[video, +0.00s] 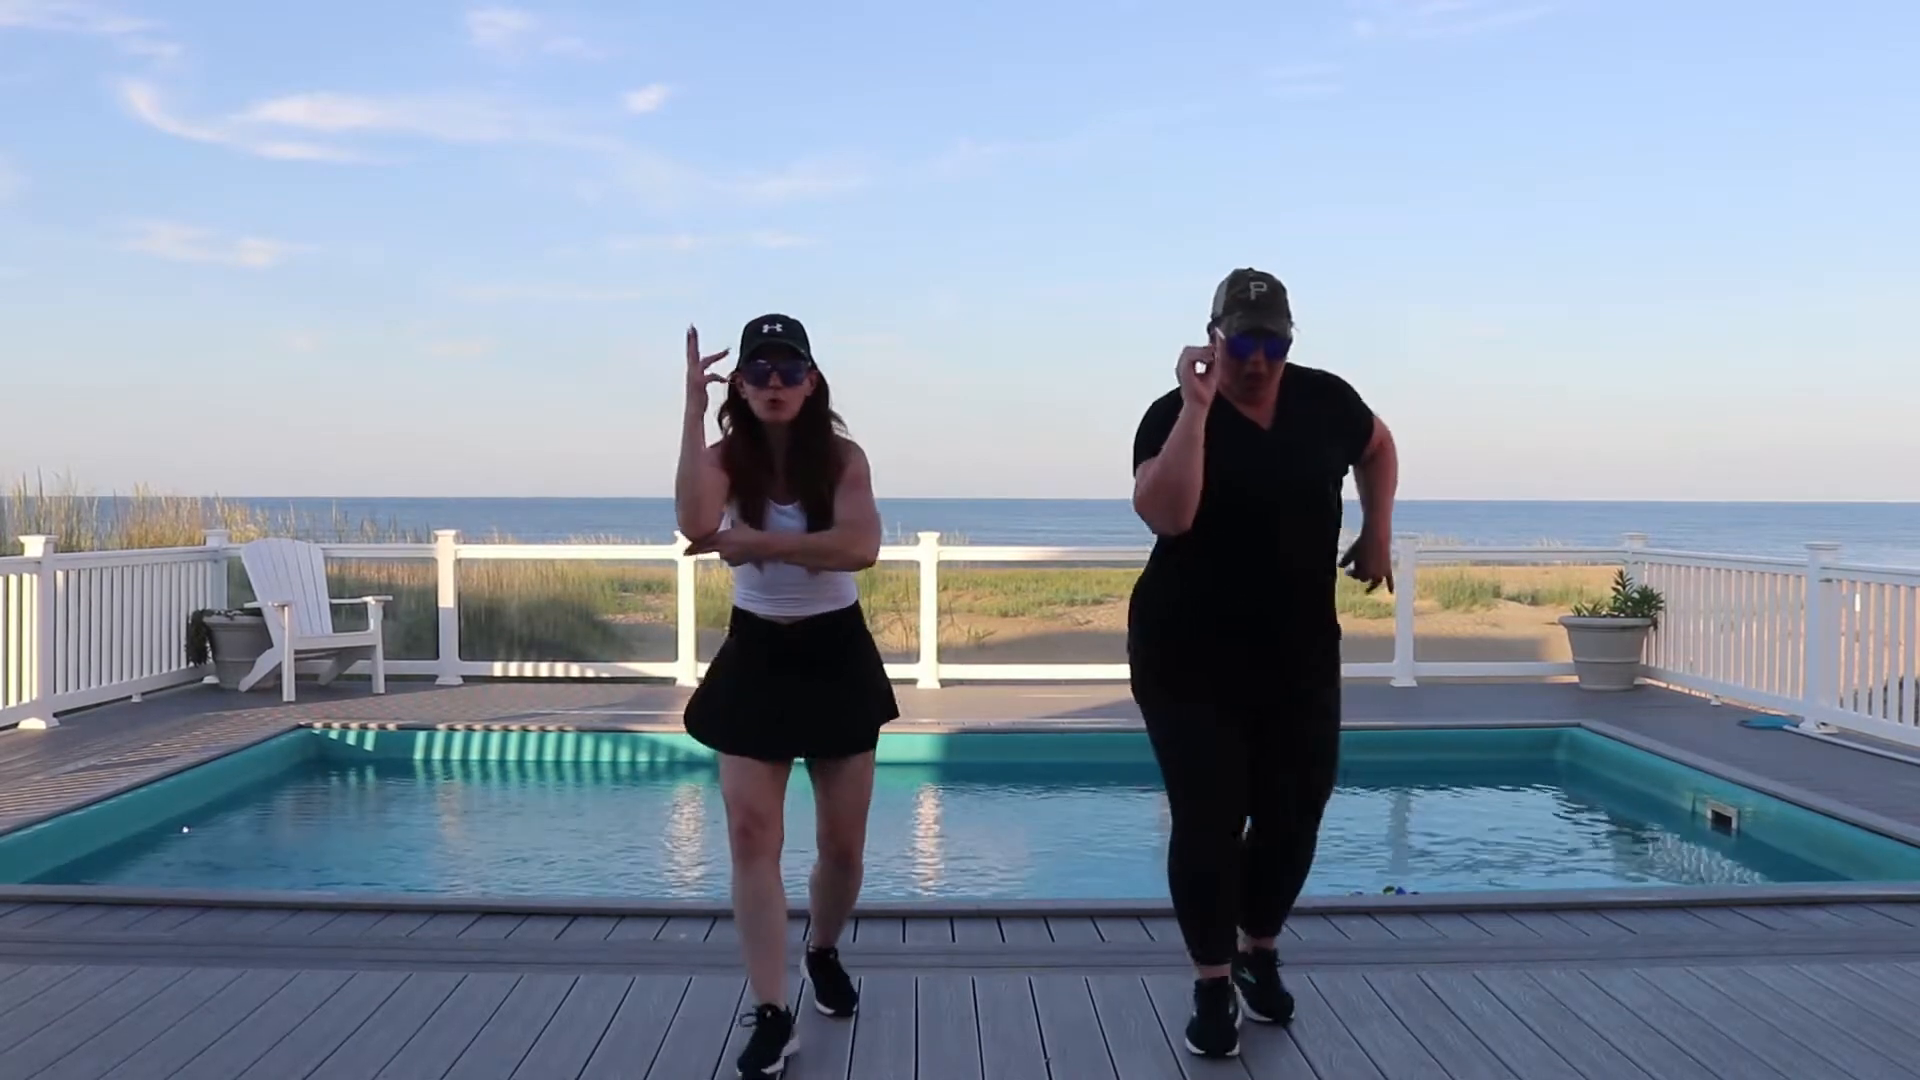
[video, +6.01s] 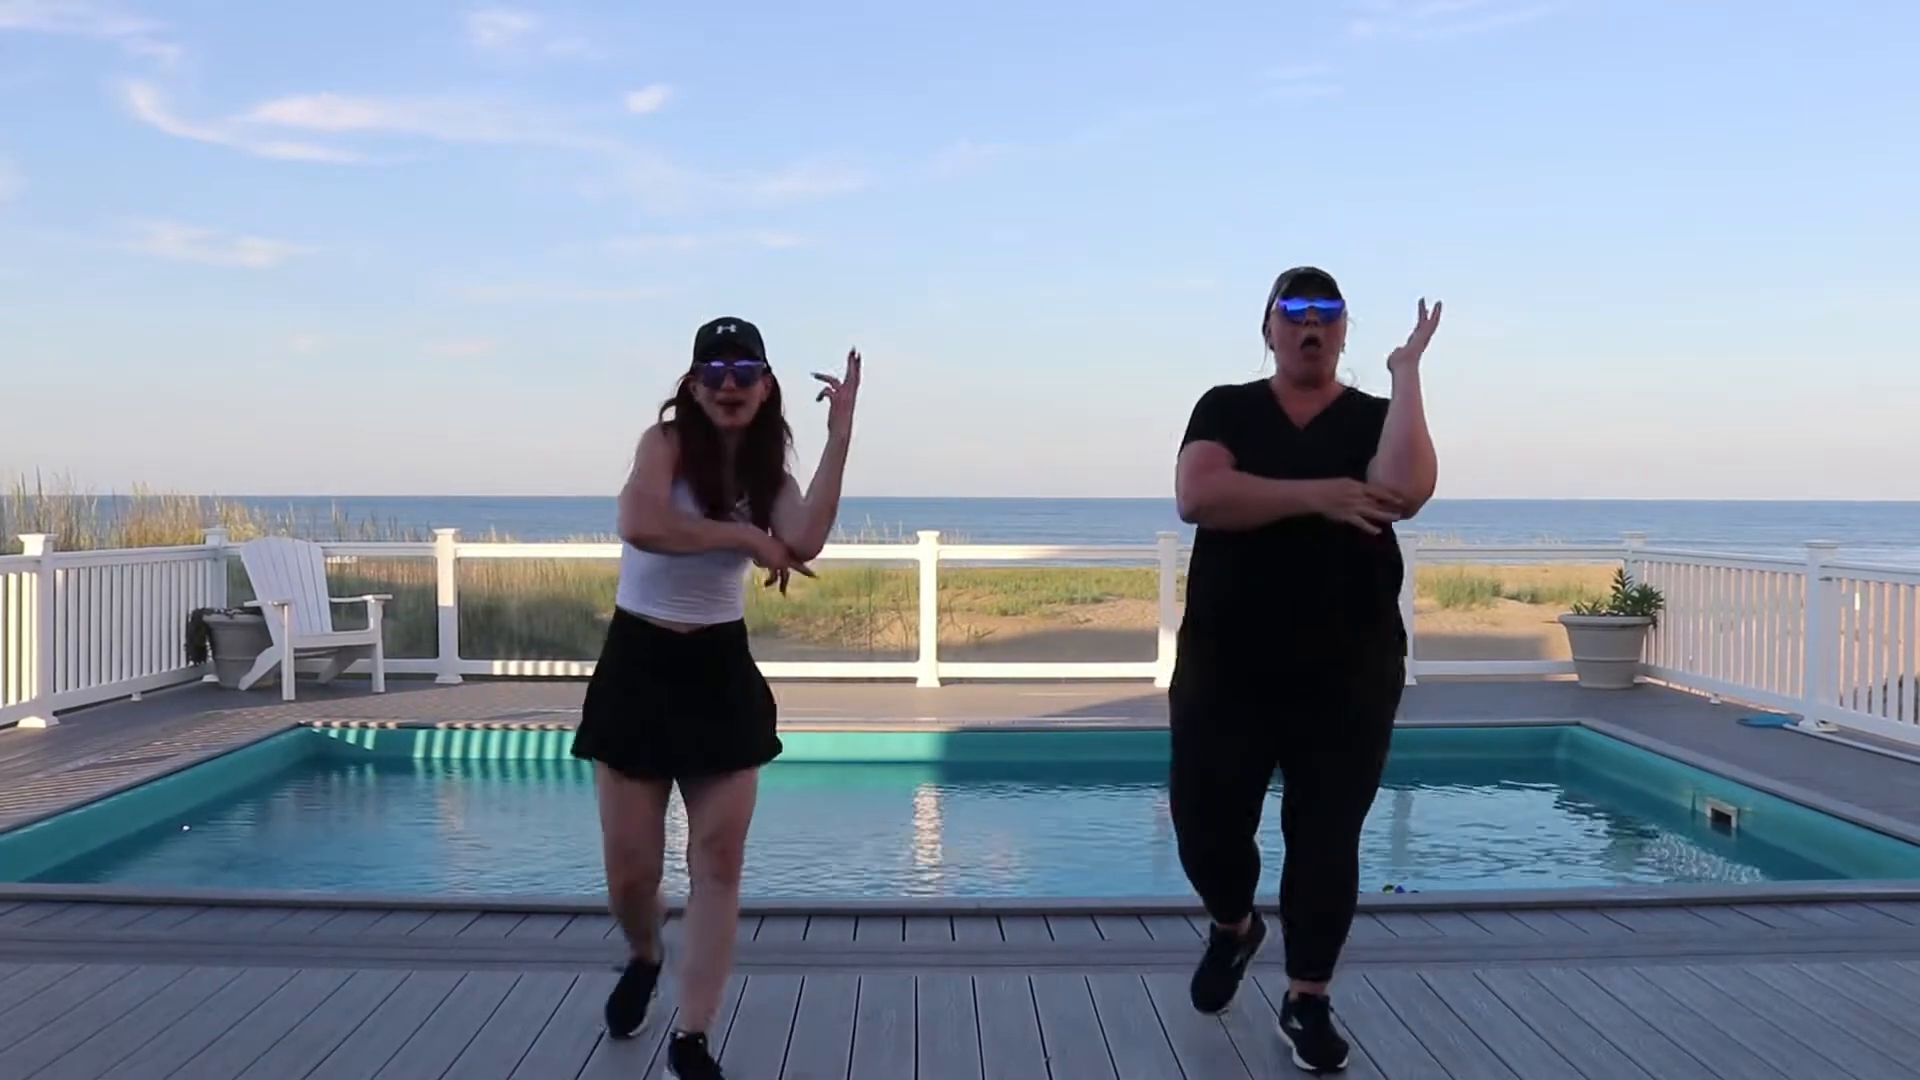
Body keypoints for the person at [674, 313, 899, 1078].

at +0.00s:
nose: (775, 383)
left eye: (789, 369)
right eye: (760, 370)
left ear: (812, 378)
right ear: (739, 383)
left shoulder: (840, 454)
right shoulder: (724, 454)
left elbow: (862, 545)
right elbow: (697, 524)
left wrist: (763, 546)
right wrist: (694, 411)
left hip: (840, 654)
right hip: (756, 655)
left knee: (843, 849)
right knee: (750, 835)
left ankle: (823, 950)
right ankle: (771, 1010)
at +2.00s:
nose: (757, 388)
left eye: (771, 375)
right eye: (742, 376)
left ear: (790, 381)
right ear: (718, 381)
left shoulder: (815, 457)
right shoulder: (692, 466)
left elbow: (842, 542)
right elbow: (662, 571)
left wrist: (827, 627)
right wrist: (687, 559)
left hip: (813, 648)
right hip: (732, 657)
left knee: (862, 853)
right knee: (732, 862)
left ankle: (829, 915)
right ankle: (771, 985)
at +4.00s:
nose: (783, 375)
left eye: (793, 363)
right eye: (766, 363)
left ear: (801, 370)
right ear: (731, 370)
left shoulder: (806, 445)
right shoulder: (695, 437)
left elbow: (867, 507)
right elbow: (673, 519)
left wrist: (887, 440)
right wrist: (781, 529)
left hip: (778, 653)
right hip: (693, 657)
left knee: (794, 838)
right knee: (703, 854)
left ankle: (781, 1014)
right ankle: (755, 982)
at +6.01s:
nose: (732, 388)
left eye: (747, 373)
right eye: (716, 374)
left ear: (768, 384)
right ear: (694, 382)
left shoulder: (767, 466)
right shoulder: (665, 440)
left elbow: (804, 543)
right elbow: (641, 523)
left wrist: (838, 443)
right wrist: (748, 538)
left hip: (721, 668)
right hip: (638, 664)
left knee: (720, 860)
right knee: (629, 871)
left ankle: (694, 1038)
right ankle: (644, 959)